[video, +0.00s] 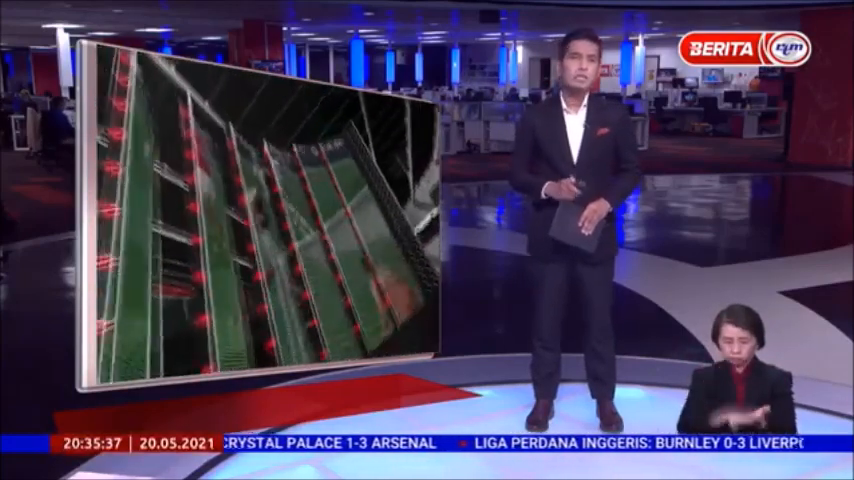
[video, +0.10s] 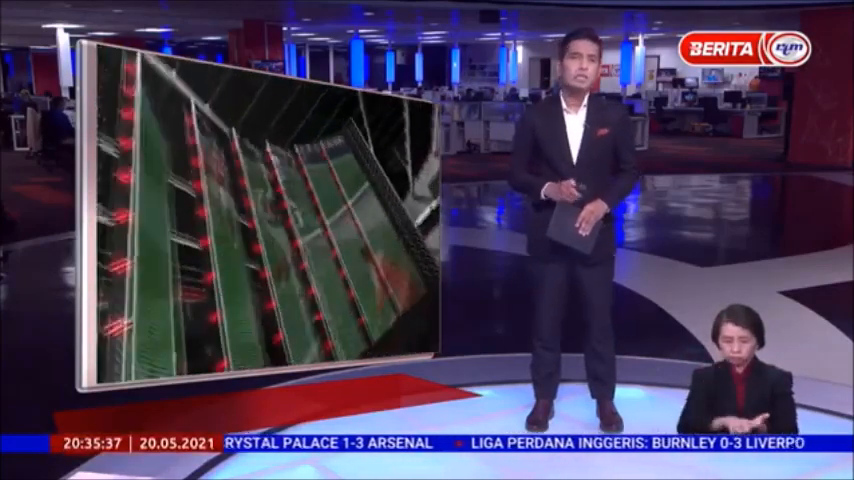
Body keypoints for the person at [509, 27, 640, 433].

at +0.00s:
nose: (582, 66)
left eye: (591, 59)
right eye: (575, 58)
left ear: (600, 69)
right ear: (560, 65)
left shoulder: (614, 112)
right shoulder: (535, 115)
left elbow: (631, 170)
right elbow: (517, 173)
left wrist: (607, 201)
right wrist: (549, 188)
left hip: (596, 231)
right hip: (549, 230)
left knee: (598, 320)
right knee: (547, 319)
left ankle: (605, 400)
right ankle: (543, 398)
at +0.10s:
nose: (582, 66)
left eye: (591, 59)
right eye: (575, 57)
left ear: (600, 68)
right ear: (560, 64)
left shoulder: (613, 112)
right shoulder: (536, 114)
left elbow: (629, 170)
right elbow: (516, 173)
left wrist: (604, 202)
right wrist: (549, 189)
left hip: (595, 229)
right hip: (548, 229)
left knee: (598, 319)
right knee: (547, 319)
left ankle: (605, 399)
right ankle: (543, 398)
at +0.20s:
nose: (582, 66)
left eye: (591, 60)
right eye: (575, 58)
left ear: (600, 69)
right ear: (560, 64)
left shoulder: (612, 113)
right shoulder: (536, 113)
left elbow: (626, 171)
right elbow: (515, 172)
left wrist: (601, 203)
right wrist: (547, 189)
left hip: (594, 230)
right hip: (547, 230)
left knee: (598, 319)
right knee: (546, 319)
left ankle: (605, 399)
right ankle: (543, 398)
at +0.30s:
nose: (582, 67)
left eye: (590, 60)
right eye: (575, 58)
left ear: (600, 69)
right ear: (559, 65)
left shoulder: (612, 114)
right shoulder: (535, 114)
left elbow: (626, 171)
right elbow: (515, 173)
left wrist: (601, 203)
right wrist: (547, 190)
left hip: (593, 231)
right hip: (547, 230)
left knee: (598, 320)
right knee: (546, 320)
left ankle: (605, 399)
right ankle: (543, 399)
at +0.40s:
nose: (580, 67)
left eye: (589, 60)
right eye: (573, 59)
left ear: (599, 70)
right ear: (558, 65)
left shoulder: (611, 114)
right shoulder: (534, 114)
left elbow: (625, 171)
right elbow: (514, 173)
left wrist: (601, 203)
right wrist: (545, 190)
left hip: (593, 231)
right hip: (546, 230)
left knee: (597, 320)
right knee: (546, 320)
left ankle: (605, 399)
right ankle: (543, 399)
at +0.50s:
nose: (578, 67)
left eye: (587, 60)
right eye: (571, 58)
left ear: (597, 70)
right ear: (556, 65)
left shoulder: (611, 114)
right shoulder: (533, 115)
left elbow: (625, 171)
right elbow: (514, 173)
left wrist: (601, 203)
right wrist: (544, 190)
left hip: (592, 231)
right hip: (545, 231)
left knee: (597, 320)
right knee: (545, 320)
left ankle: (605, 399)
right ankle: (543, 399)